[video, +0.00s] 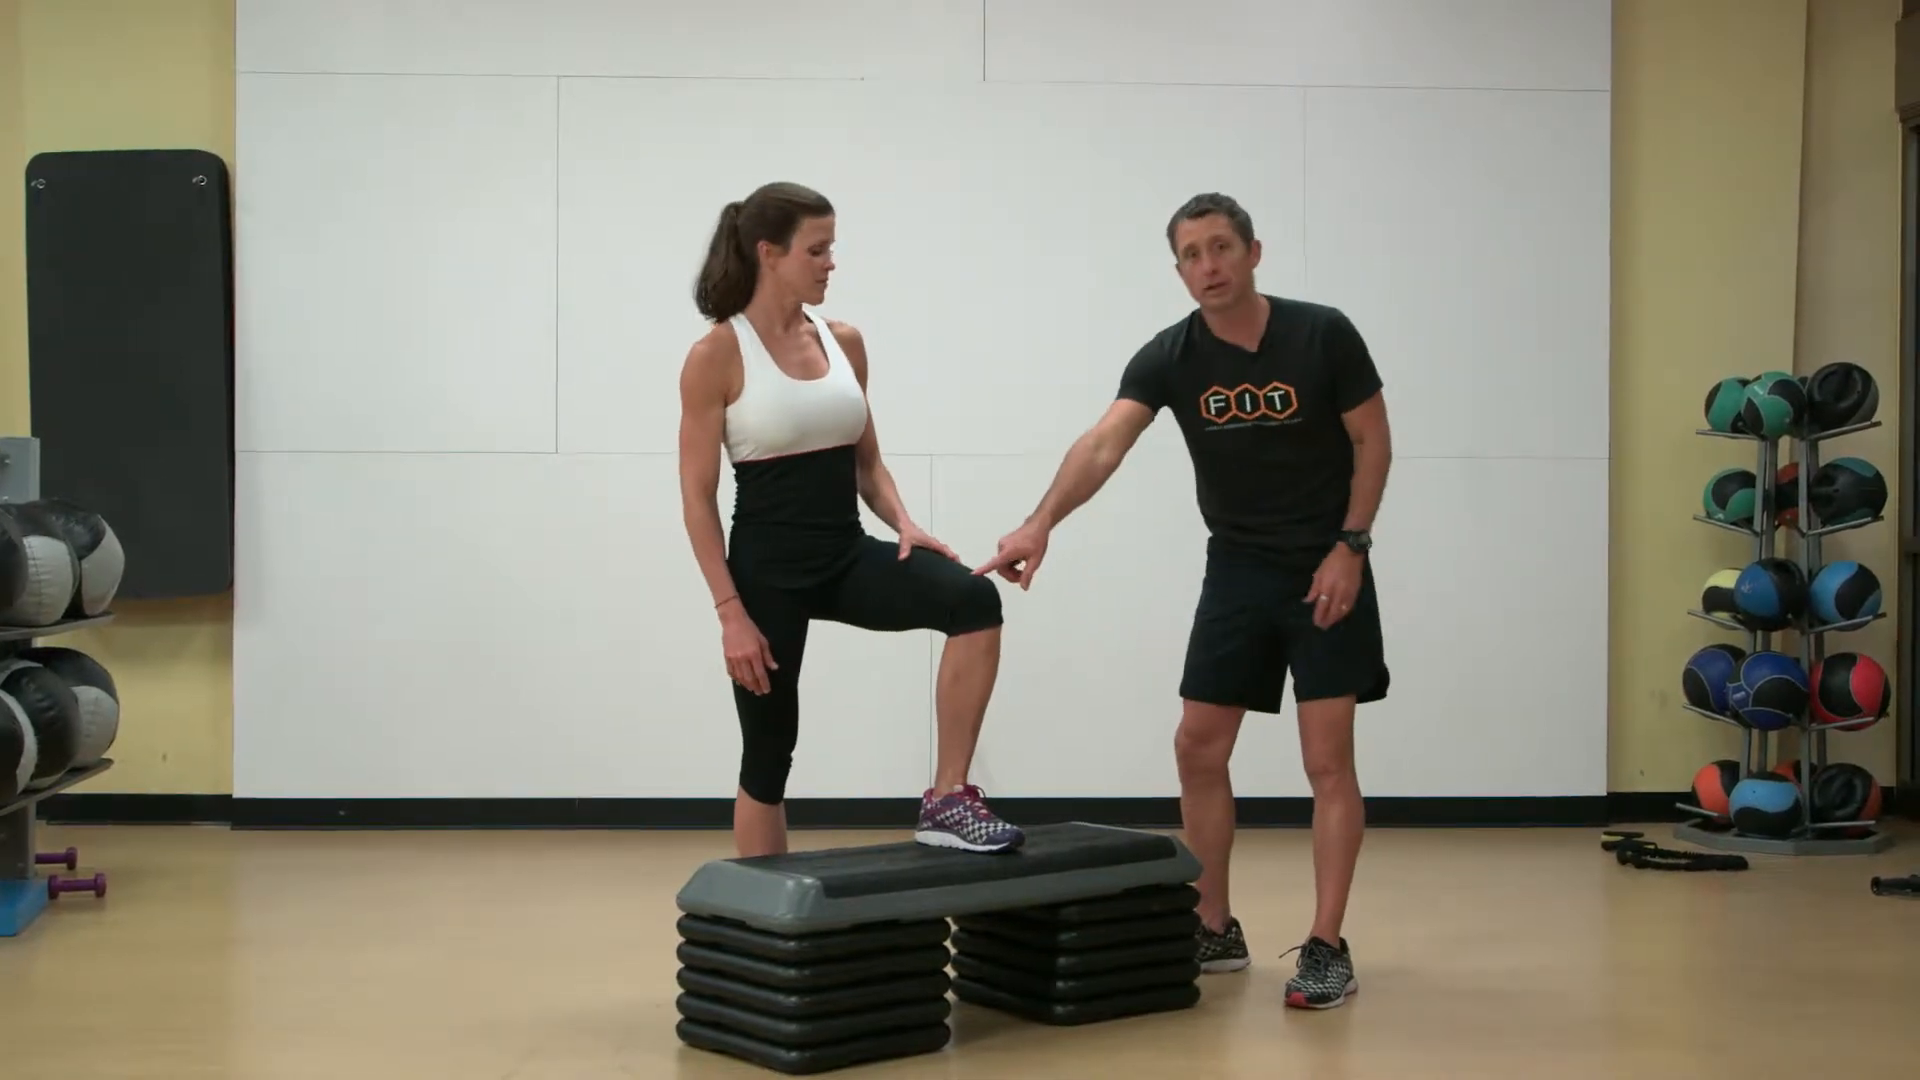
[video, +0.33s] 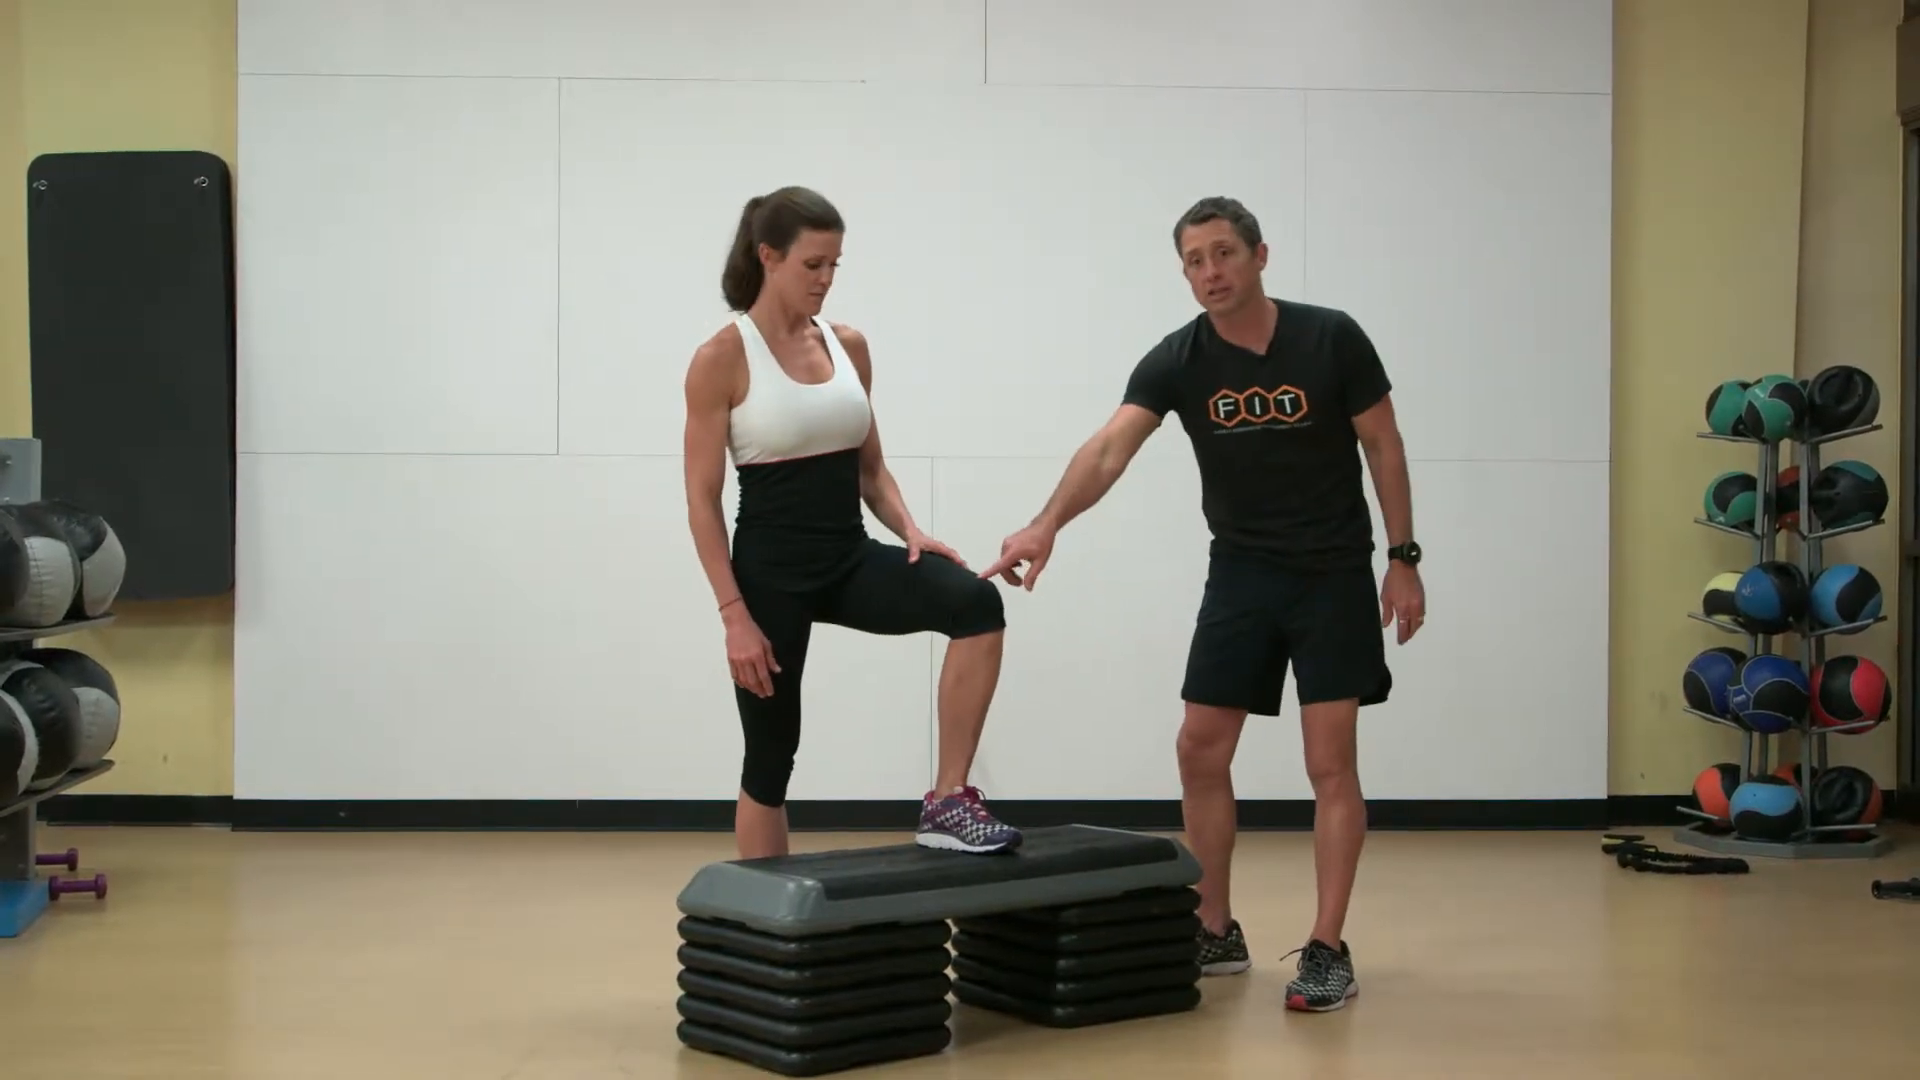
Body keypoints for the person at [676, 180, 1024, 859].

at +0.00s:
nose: (832, 262)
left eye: (832, 248)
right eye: (818, 249)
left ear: (794, 254)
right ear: (769, 253)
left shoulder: (842, 342)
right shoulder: (716, 357)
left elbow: (867, 462)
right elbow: (698, 500)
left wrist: (904, 523)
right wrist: (730, 612)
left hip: (845, 556)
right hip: (767, 568)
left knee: (974, 602)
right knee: (767, 760)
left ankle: (949, 797)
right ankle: (763, 929)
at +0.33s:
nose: (828, 278)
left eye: (834, 263)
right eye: (814, 263)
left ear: (837, 262)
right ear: (767, 257)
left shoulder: (847, 346)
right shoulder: (722, 360)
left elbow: (871, 468)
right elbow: (703, 500)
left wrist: (911, 531)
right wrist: (733, 614)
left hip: (847, 560)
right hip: (770, 570)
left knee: (976, 605)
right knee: (769, 763)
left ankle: (950, 799)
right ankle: (765, 931)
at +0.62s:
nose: (833, 283)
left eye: (841, 268)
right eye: (820, 268)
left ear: (846, 266)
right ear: (774, 259)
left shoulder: (855, 348)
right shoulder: (729, 362)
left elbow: (878, 469)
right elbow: (708, 504)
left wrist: (918, 534)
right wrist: (737, 617)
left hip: (855, 561)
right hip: (778, 572)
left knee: (981, 609)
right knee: (775, 764)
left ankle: (951, 801)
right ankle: (766, 933)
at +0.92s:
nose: (844, 288)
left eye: (852, 273)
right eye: (831, 272)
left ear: (859, 269)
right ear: (786, 260)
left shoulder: (866, 350)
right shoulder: (736, 361)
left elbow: (890, 469)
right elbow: (716, 500)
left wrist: (922, 535)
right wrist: (745, 613)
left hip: (860, 561)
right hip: (782, 571)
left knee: (981, 611)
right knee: (775, 770)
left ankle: (951, 803)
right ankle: (767, 934)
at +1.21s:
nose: (851, 286)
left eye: (860, 271)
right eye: (838, 269)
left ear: (867, 268)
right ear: (795, 256)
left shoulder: (872, 348)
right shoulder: (745, 356)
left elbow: (893, 468)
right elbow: (720, 498)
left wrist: (926, 532)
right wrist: (745, 613)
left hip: (864, 557)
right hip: (785, 567)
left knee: (985, 610)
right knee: (785, 763)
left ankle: (950, 801)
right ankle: (770, 933)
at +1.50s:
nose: (854, 283)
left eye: (862, 268)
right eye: (841, 266)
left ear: (869, 266)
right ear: (797, 254)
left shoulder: (869, 348)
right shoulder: (748, 352)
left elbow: (884, 473)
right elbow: (724, 493)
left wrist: (934, 540)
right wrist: (755, 608)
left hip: (861, 558)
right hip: (784, 568)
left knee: (986, 608)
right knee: (786, 760)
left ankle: (952, 801)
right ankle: (772, 932)